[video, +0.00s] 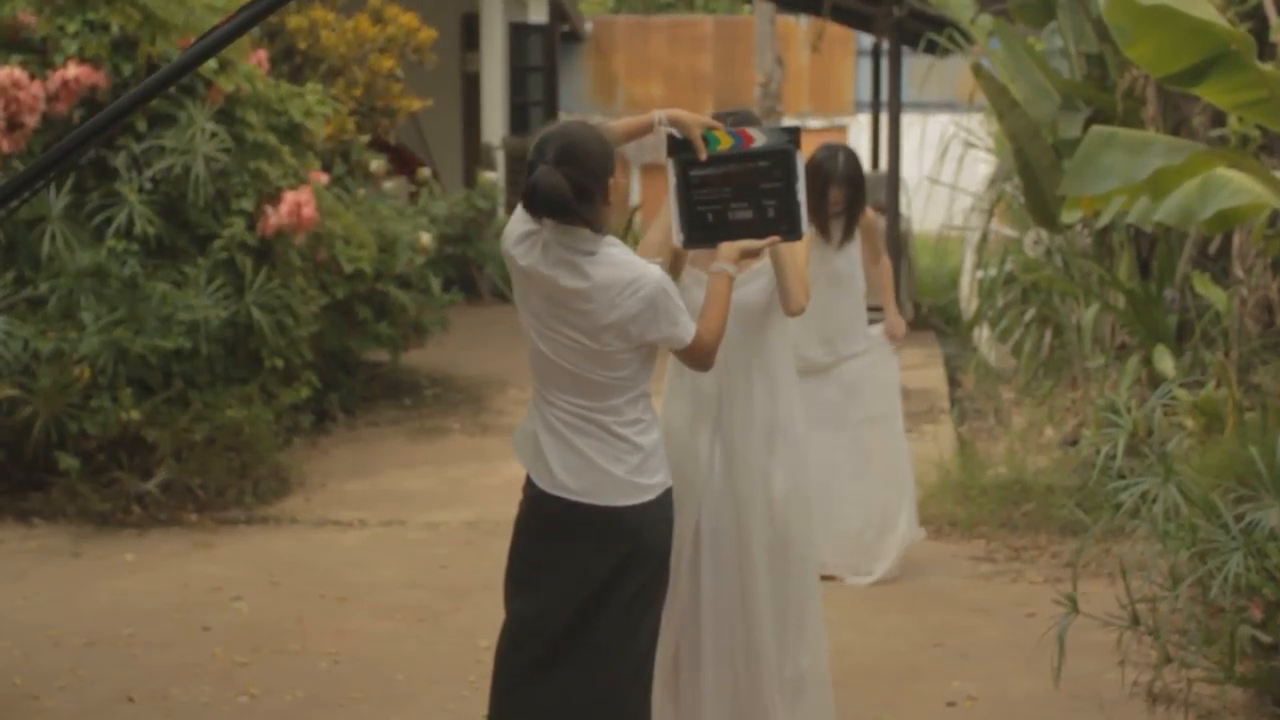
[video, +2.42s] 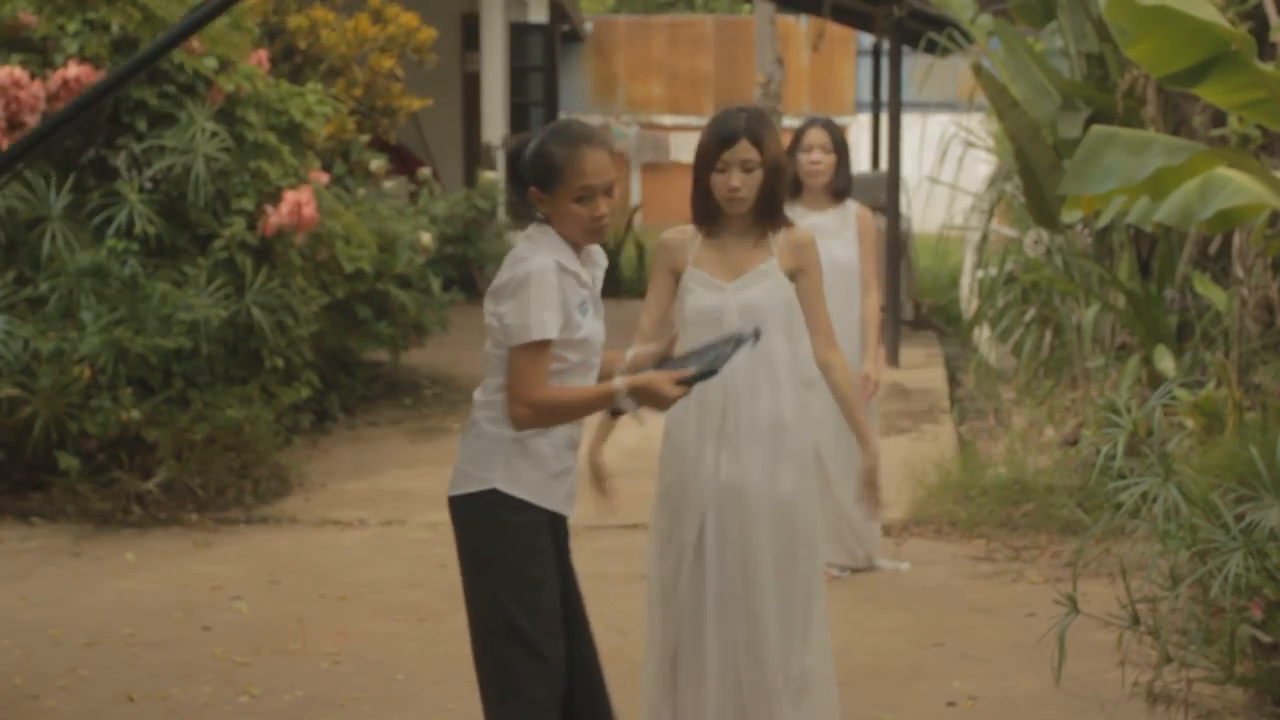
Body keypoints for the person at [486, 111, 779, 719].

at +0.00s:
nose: (627, 179)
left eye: (622, 169)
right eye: (621, 170)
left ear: (549, 181)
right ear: (608, 187)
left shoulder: (524, 245)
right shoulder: (637, 281)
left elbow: (554, 156)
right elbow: (700, 352)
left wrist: (655, 120)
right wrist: (723, 267)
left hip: (551, 490)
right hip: (631, 497)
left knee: (528, 653)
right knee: (618, 664)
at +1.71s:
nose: (631, 177)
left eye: (628, 166)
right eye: (625, 169)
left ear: (553, 181)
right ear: (607, 188)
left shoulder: (522, 242)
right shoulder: (638, 277)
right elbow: (702, 353)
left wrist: (640, 150)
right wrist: (733, 269)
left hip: (548, 488)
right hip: (626, 496)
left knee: (526, 655)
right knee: (616, 666)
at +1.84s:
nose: (632, 180)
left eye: (631, 168)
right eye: (625, 171)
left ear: (552, 179)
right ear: (602, 190)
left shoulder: (516, 242)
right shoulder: (631, 274)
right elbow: (698, 351)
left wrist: (654, 187)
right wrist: (726, 266)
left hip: (545, 488)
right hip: (623, 495)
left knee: (530, 662)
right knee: (615, 668)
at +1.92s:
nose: (632, 180)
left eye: (633, 168)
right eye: (624, 171)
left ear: (553, 181)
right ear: (591, 187)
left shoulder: (510, 237)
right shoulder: (621, 270)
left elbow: (557, 198)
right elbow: (688, 355)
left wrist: (631, 156)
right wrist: (722, 274)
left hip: (541, 485)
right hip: (618, 492)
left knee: (535, 660)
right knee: (616, 663)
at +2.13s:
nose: (622, 203)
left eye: (623, 187)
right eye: (609, 190)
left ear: (555, 192)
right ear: (559, 195)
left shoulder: (510, 230)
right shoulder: (584, 266)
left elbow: (598, 246)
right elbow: (648, 379)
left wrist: (636, 209)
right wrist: (704, 307)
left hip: (514, 477)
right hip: (573, 487)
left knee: (548, 652)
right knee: (616, 661)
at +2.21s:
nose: (618, 205)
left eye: (621, 189)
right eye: (603, 192)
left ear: (549, 198)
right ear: (553, 196)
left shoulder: (520, 236)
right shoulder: (571, 264)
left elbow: (559, 320)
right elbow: (619, 392)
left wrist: (627, 270)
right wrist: (691, 331)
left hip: (508, 478)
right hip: (551, 488)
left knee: (540, 664)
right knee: (589, 666)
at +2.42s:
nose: (602, 209)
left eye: (609, 192)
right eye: (583, 197)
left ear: (621, 187)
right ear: (540, 201)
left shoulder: (584, 261)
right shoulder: (536, 269)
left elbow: (572, 367)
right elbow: (527, 404)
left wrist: (641, 360)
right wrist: (626, 391)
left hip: (536, 493)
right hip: (500, 494)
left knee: (575, 680)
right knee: (530, 682)